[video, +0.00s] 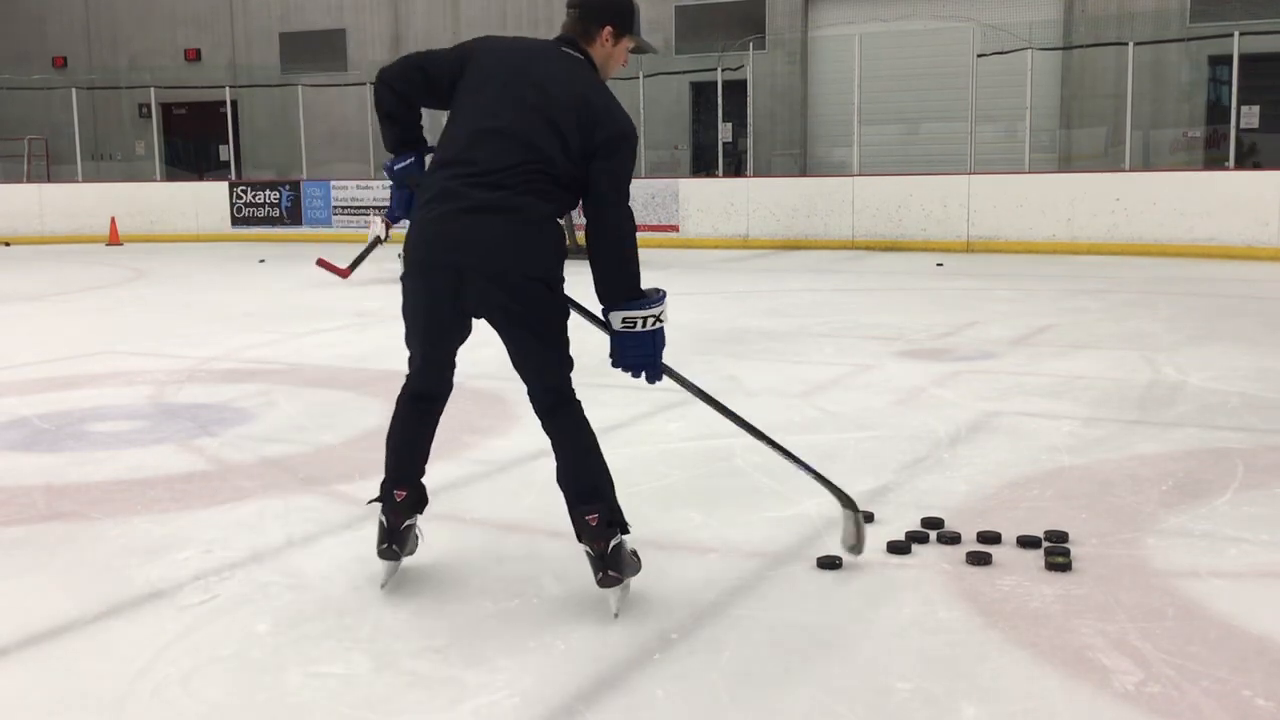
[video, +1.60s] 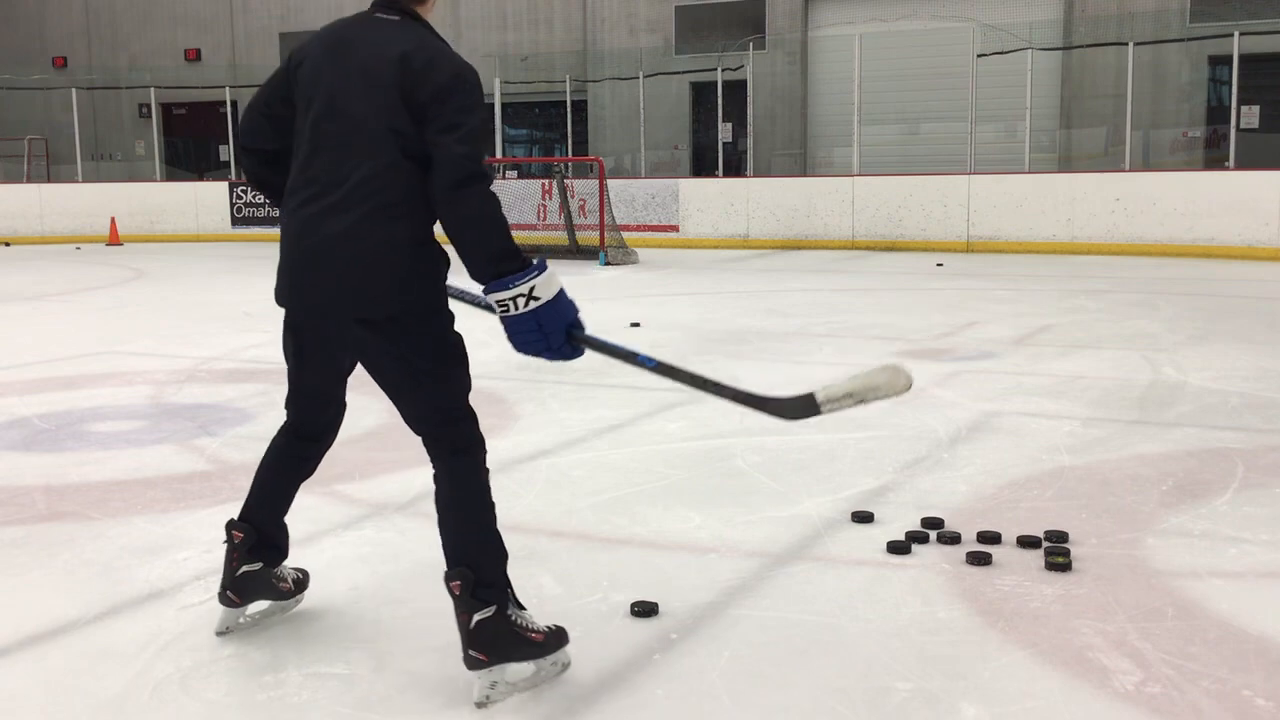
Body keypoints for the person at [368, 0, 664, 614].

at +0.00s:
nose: (626, 63)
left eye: (631, 52)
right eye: (628, 50)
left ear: (577, 27)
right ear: (605, 36)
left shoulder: (485, 55)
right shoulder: (606, 116)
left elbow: (395, 80)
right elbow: (609, 230)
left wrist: (407, 162)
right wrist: (632, 319)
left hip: (433, 253)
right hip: (519, 264)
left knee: (424, 380)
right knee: (557, 404)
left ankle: (396, 515)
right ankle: (604, 543)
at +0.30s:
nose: (573, 68)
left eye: (579, 58)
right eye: (577, 55)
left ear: (525, 30)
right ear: (556, 41)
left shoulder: (437, 50)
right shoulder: (551, 112)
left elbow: (339, 51)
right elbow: (540, 220)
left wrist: (372, 120)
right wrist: (534, 309)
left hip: (382, 245)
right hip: (467, 256)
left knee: (394, 392)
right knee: (519, 409)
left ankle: (358, 536)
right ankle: (544, 569)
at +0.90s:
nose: (492, 23)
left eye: (490, 17)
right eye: (494, 16)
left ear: (430, 5)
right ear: (485, 16)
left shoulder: (356, 34)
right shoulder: (481, 94)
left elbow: (253, 60)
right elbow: (476, 209)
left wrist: (299, 134)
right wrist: (489, 314)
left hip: (308, 247)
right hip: (391, 257)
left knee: (339, 403)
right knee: (437, 422)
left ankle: (304, 555)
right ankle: (440, 595)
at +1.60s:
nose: (441, 3)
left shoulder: (313, 51)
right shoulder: (443, 68)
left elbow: (255, 139)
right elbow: (460, 188)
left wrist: (315, 206)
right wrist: (521, 288)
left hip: (307, 283)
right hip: (395, 288)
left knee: (307, 422)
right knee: (455, 442)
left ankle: (248, 562)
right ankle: (487, 614)